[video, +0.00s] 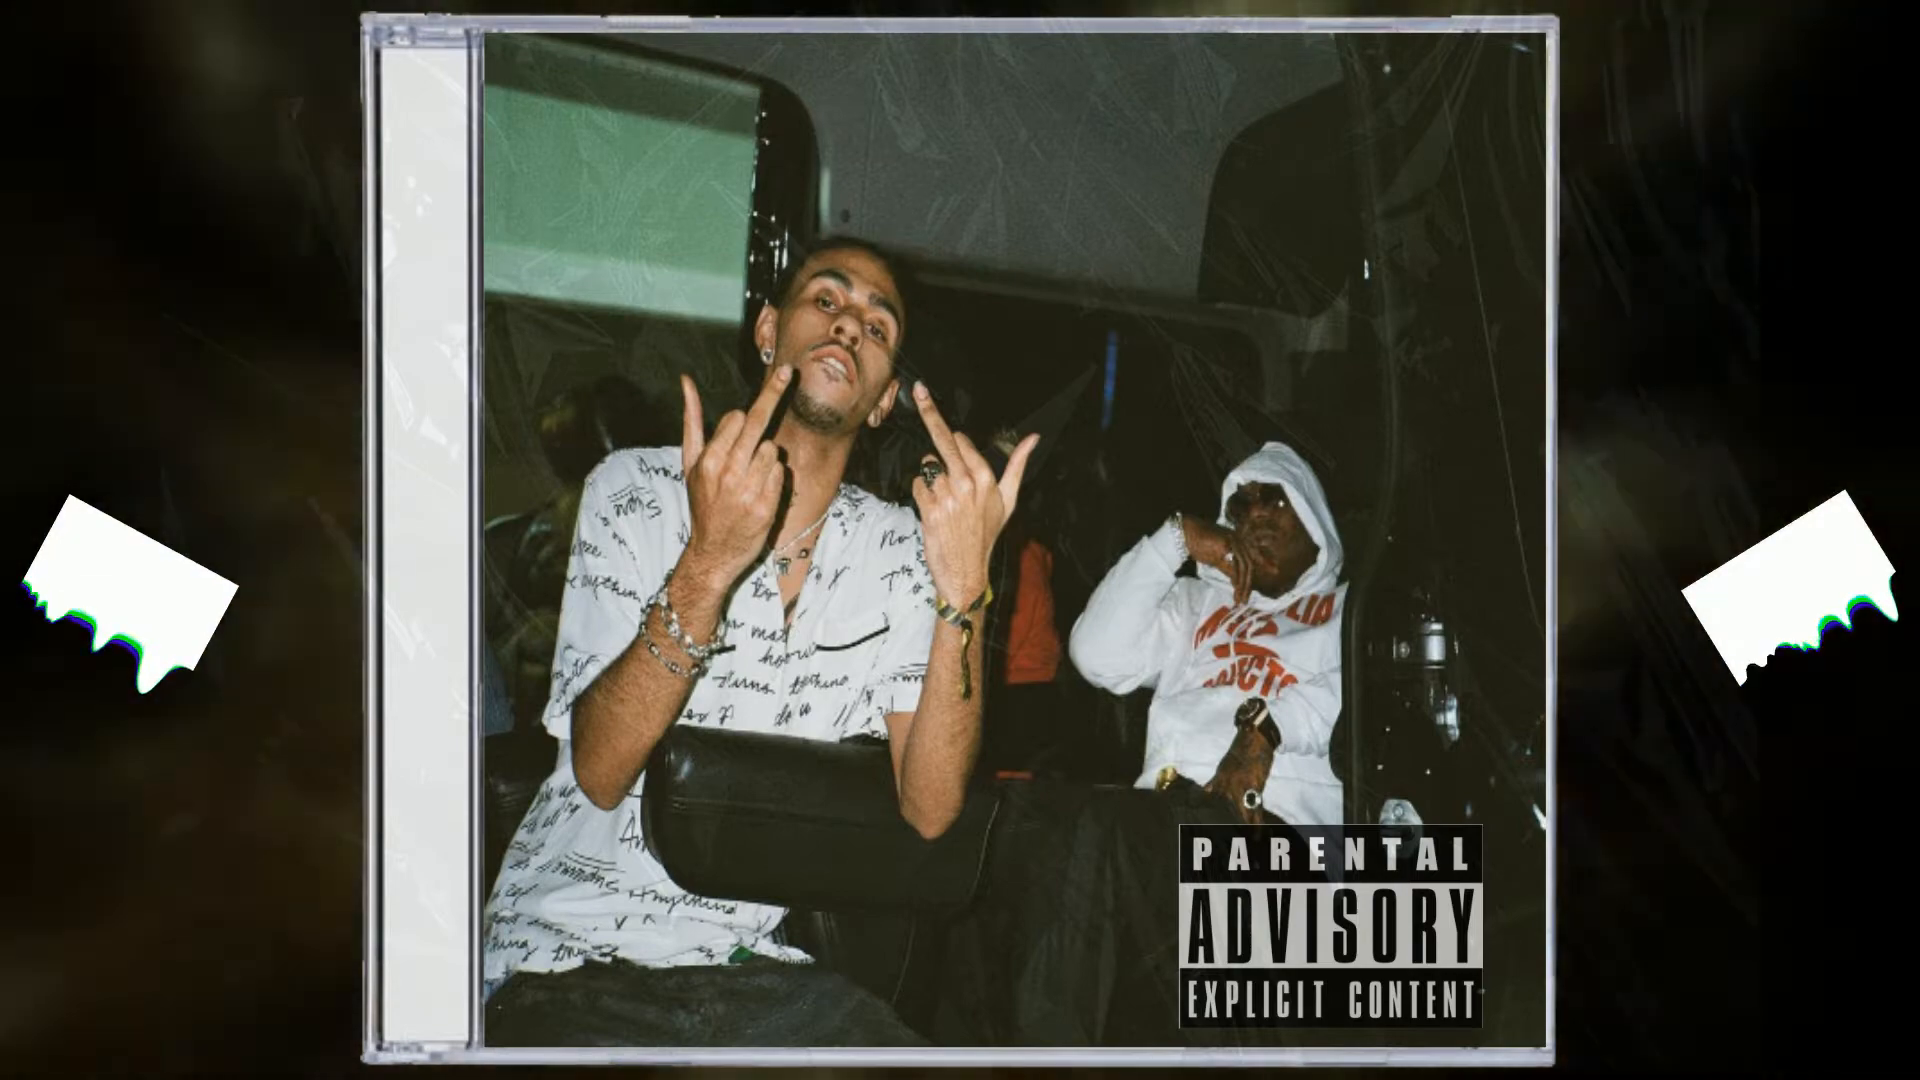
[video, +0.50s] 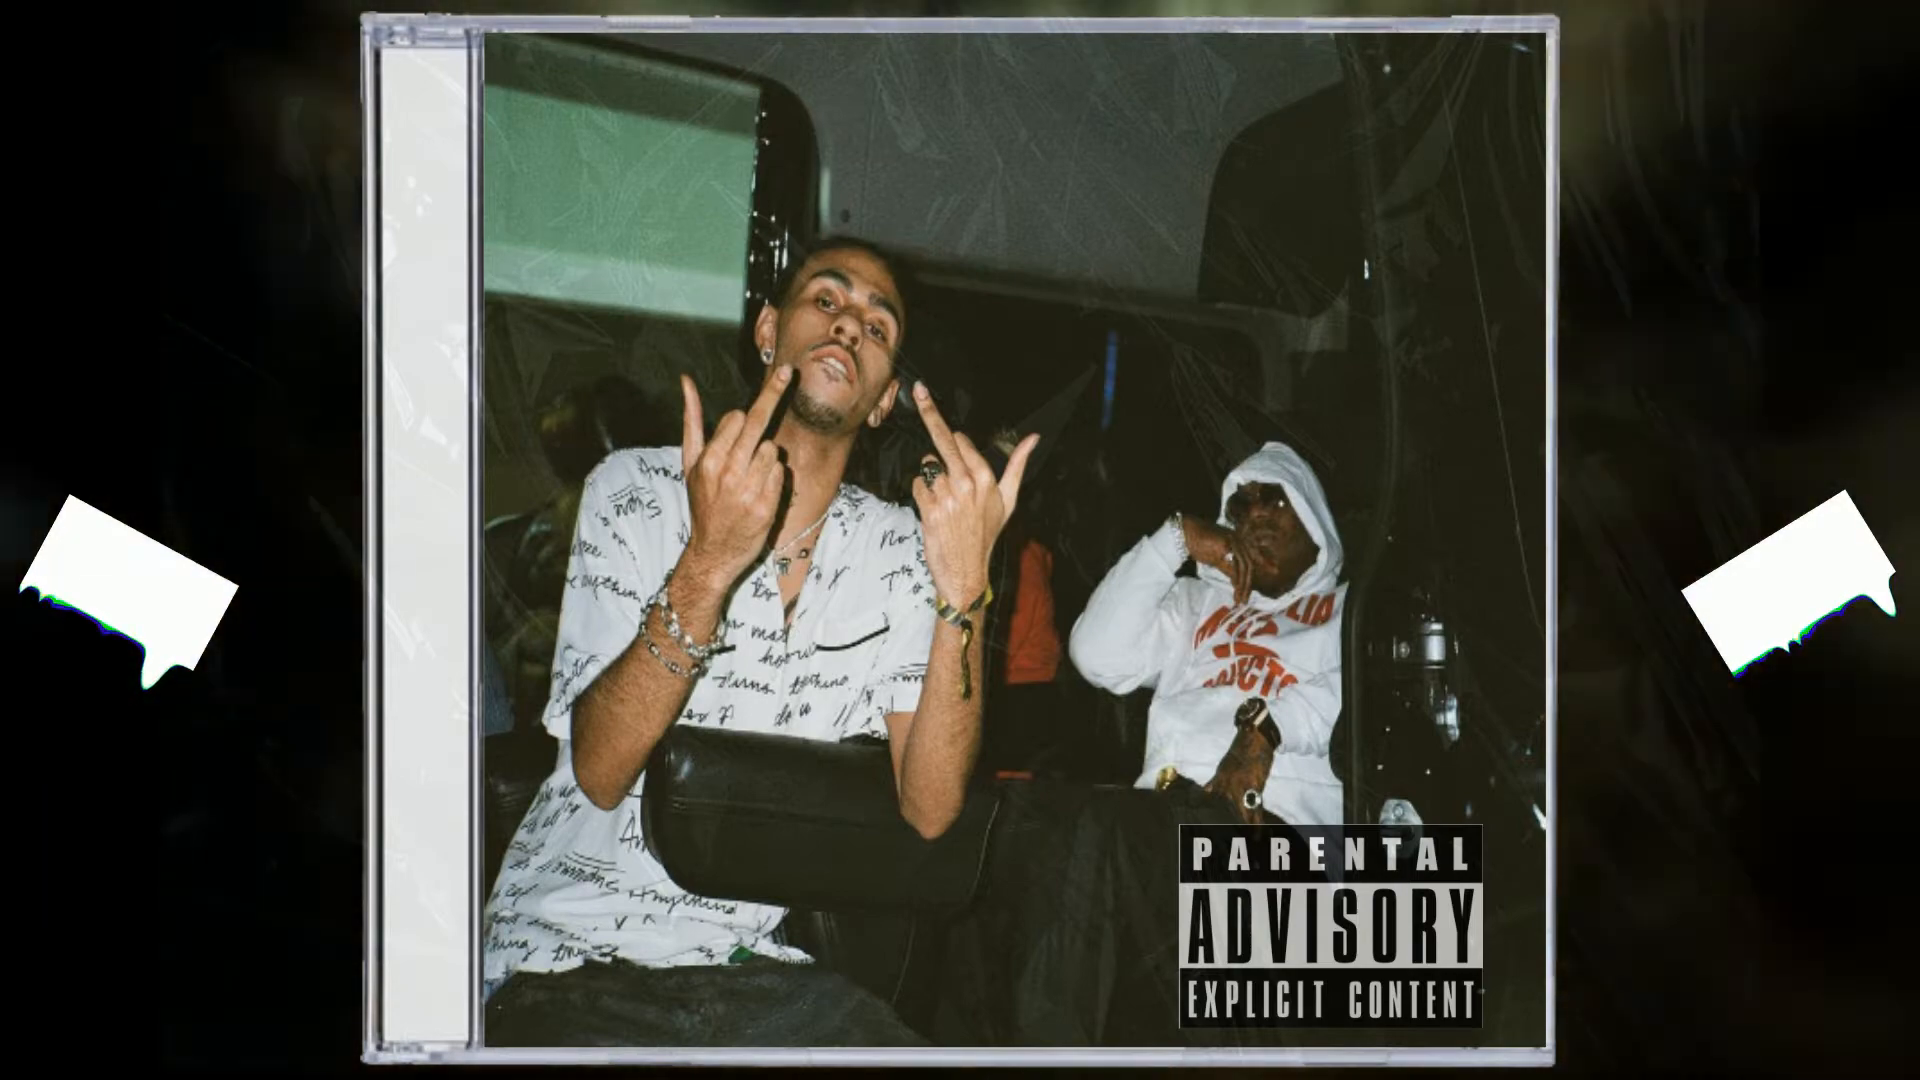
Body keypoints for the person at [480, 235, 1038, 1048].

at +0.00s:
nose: (851, 322)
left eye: (878, 323)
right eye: (826, 298)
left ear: (886, 396)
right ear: (767, 333)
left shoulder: (903, 550)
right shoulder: (637, 490)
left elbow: (931, 809)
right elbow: (601, 770)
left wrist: (966, 594)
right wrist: (709, 564)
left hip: (751, 956)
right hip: (568, 944)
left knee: (909, 1064)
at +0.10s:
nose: (851, 323)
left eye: (879, 323)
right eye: (826, 298)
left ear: (887, 395)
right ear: (767, 333)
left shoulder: (903, 550)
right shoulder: (638, 490)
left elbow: (931, 809)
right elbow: (601, 770)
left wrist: (965, 594)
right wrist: (710, 564)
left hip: (755, 957)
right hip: (571, 946)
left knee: (911, 1067)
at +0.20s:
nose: (851, 323)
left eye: (879, 323)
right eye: (826, 298)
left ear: (887, 395)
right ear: (767, 333)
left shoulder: (903, 550)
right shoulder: (638, 490)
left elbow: (931, 809)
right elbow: (601, 770)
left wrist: (965, 594)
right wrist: (710, 564)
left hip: (755, 957)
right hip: (571, 945)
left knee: (908, 1063)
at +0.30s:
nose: (851, 323)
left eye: (879, 323)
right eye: (826, 298)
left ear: (887, 395)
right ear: (767, 333)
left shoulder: (903, 550)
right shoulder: (638, 490)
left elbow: (931, 809)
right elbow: (601, 770)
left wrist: (965, 594)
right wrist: (710, 564)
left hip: (755, 957)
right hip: (571, 945)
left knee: (908, 1063)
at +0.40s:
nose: (851, 323)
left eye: (879, 323)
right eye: (826, 298)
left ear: (887, 395)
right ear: (767, 333)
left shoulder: (903, 550)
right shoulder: (638, 490)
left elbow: (931, 809)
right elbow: (601, 770)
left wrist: (965, 594)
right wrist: (710, 564)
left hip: (755, 957)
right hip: (570, 945)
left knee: (905, 1059)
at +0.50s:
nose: (851, 322)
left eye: (878, 323)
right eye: (826, 298)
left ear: (886, 395)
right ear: (767, 332)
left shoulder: (903, 550)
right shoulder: (638, 490)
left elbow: (931, 809)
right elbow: (601, 770)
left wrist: (965, 594)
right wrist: (710, 564)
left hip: (752, 955)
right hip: (568, 943)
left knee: (906, 1060)